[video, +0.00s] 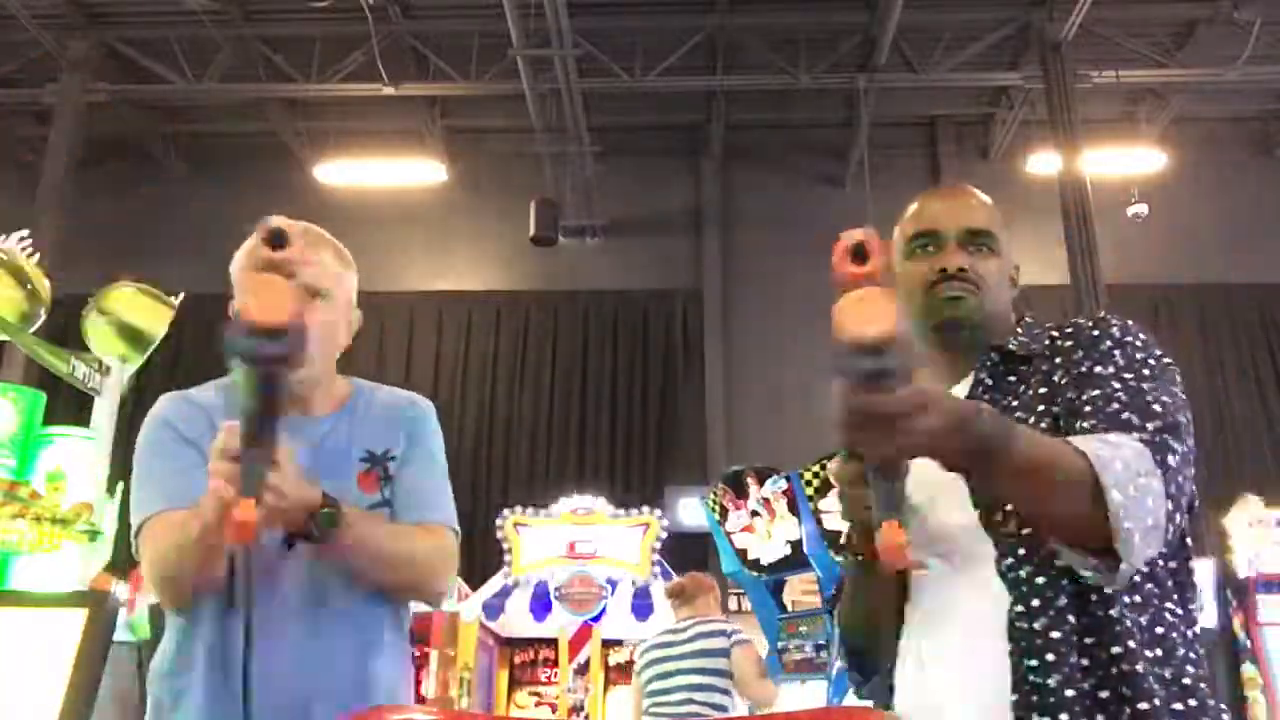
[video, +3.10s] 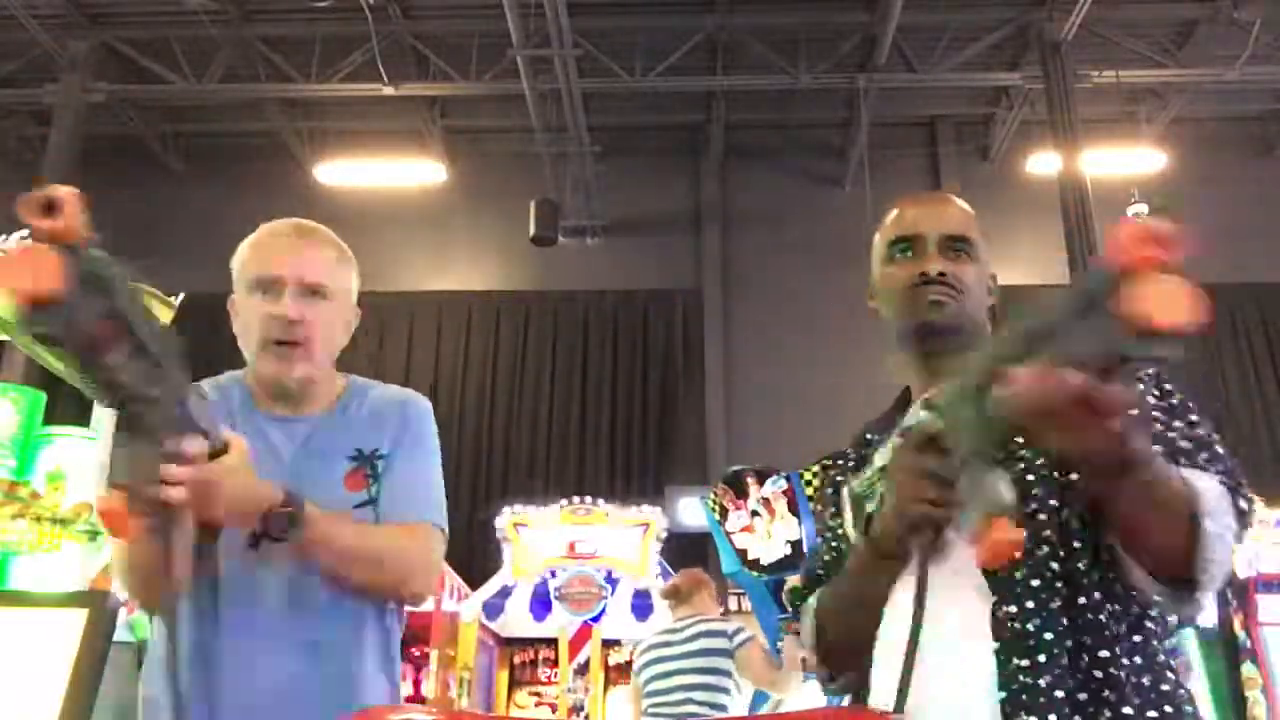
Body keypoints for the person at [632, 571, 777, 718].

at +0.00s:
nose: (721, 610)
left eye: (719, 603)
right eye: (719, 602)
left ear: (675, 608)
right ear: (713, 598)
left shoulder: (646, 647)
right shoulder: (728, 632)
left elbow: (638, 712)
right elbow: (755, 691)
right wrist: (770, 692)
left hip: (656, 714)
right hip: (708, 713)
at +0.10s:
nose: (720, 607)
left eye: (717, 600)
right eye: (716, 599)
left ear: (672, 607)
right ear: (707, 597)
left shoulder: (645, 647)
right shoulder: (727, 630)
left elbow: (636, 712)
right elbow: (769, 687)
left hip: (655, 715)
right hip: (709, 713)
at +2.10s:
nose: (716, 606)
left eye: (714, 599)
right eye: (715, 599)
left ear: (672, 605)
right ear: (710, 595)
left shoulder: (644, 648)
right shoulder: (729, 631)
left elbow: (637, 712)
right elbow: (781, 683)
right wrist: (798, 657)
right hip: (707, 712)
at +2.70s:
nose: (723, 609)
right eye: (721, 603)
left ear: (675, 609)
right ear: (714, 600)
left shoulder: (646, 650)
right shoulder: (731, 633)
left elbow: (639, 713)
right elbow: (778, 695)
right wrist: (794, 665)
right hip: (710, 712)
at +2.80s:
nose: (721, 611)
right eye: (720, 605)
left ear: (676, 610)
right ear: (714, 602)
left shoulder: (646, 648)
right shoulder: (729, 633)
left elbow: (638, 713)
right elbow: (758, 694)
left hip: (658, 716)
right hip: (707, 714)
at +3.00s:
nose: (721, 606)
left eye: (718, 599)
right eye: (718, 599)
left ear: (675, 607)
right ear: (711, 596)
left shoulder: (646, 647)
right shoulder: (728, 631)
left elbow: (638, 713)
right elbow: (759, 690)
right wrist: (786, 686)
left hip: (656, 715)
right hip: (709, 713)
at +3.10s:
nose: (719, 605)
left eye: (716, 598)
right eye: (716, 597)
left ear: (672, 606)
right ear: (709, 594)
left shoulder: (644, 647)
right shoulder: (728, 630)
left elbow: (638, 711)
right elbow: (778, 685)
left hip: (656, 715)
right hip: (710, 713)